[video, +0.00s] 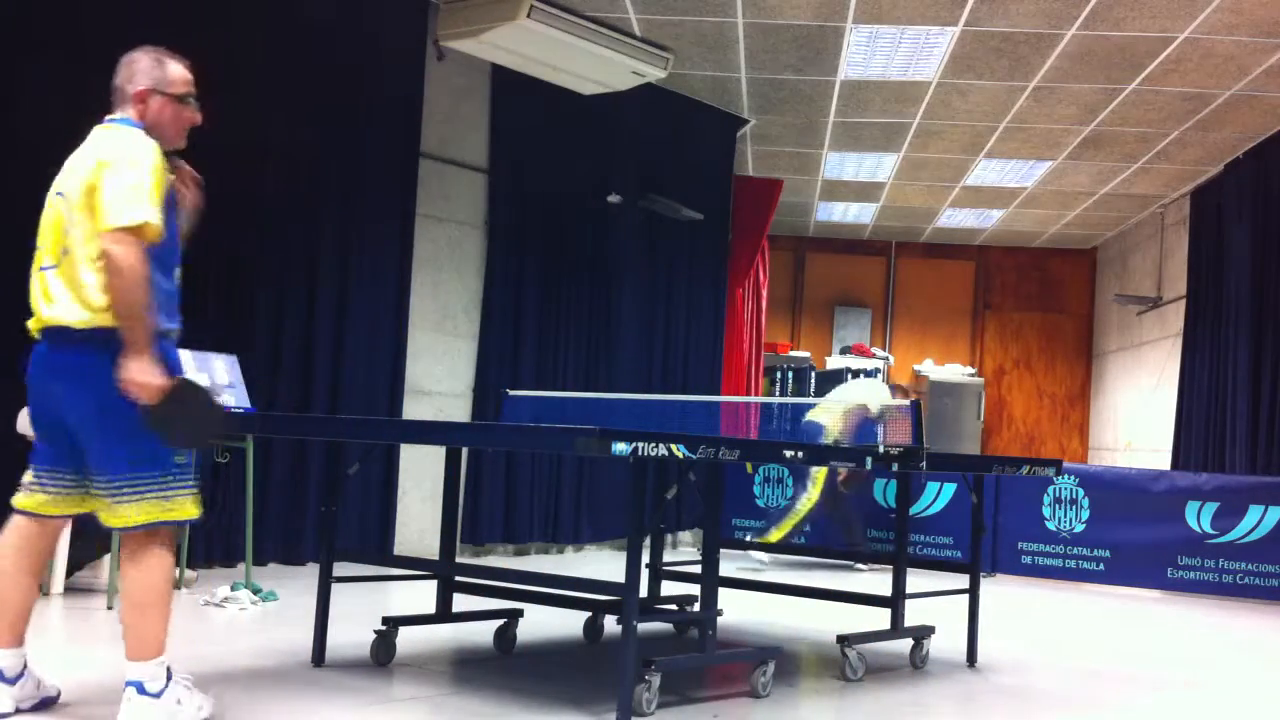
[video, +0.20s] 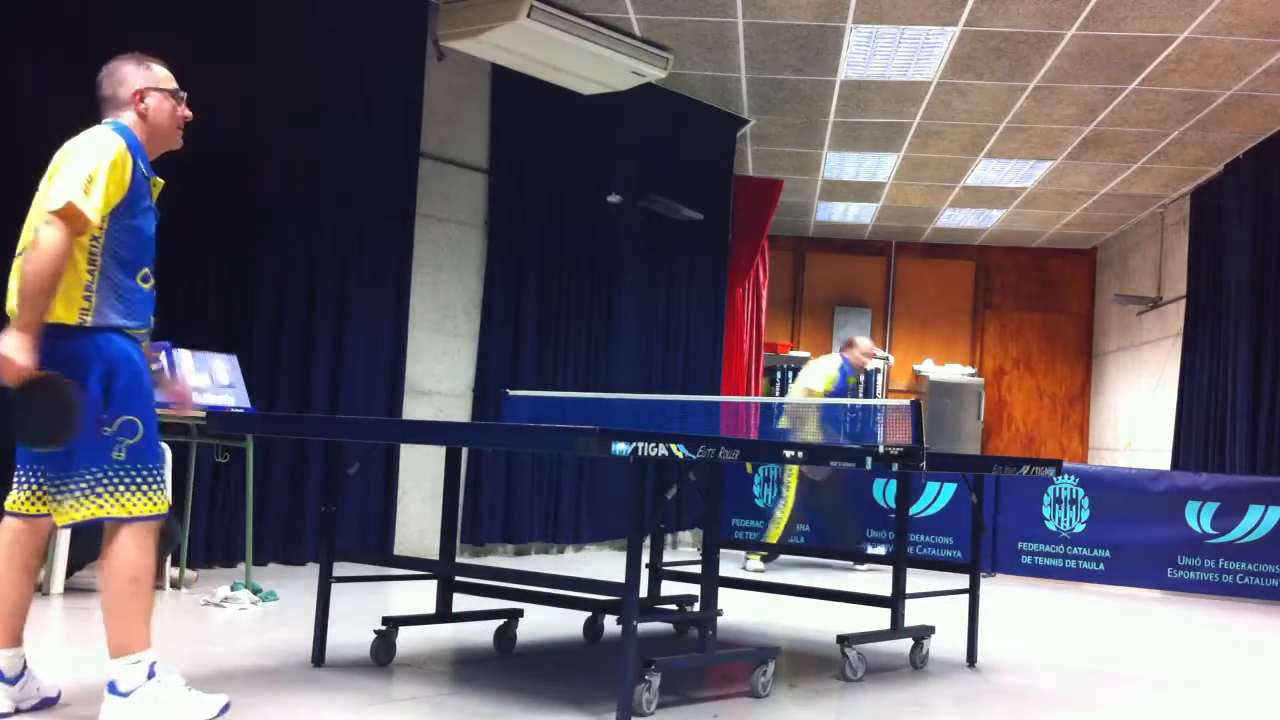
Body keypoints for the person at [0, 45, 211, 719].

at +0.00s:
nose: (196, 113)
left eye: (195, 100)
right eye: (186, 99)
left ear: (136, 103)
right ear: (145, 100)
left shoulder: (93, 150)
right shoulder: (133, 152)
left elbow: (134, 262)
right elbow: (121, 253)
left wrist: (176, 216)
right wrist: (140, 352)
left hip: (56, 360)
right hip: (109, 362)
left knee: (38, 510)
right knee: (150, 524)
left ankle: (6, 670)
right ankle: (149, 684)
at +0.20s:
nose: (188, 110)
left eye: (184, 99)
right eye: (178, 97)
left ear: (141, 103)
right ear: (143, 101)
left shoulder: (122, 162)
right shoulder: (109, 148)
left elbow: (104, 282)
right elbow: (55, 235)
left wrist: (147, 366)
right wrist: (23, 333)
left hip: (61, 348)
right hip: (97, 350)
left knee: (29, 507)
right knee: (140, 508)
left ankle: (8, 670)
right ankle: (134, 678)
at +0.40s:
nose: (192, 112)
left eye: (190, 99)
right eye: (186, 98)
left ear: (137, 100)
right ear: (160, 99)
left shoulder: (102, 150)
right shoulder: (119, 151)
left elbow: (66, 261)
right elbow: (45, 244)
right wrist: (6, 333)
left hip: (52, 353)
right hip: (100, 357)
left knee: (23, 518)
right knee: (111, 525)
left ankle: (7, 673)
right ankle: (89, 690)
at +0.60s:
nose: (203, 102)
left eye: (201, 89)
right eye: (198, 88)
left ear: (145, 90)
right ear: (173, 90)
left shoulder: (106, 147)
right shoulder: (138, 152)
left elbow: (91, 273)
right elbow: (101, 257)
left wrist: (181, 298)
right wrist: (114, 363)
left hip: (65, 354)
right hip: (109, 357)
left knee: (46, 528)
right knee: (100, 533)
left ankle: (10, 674)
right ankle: (88, 693)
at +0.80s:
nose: (218, 101)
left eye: (216, 89)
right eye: (215, 88)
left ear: (151, 84)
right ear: (193, 85)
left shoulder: (113, 138)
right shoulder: (164, 148)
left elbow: (145, 219)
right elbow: (160, 259)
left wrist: (218, 177)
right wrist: (220, 348)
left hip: (81, 350)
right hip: (123, 355)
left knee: (100, 520)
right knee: (113, 530)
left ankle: (59, 666)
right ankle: (88, 692)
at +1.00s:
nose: (231, 99)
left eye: (230, 87)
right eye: (228, 87)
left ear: (163, 88)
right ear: (210, 88)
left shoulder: (130, 139)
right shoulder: (187, 153)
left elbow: (185, 181)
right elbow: (183, 258)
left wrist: (236, 143)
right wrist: (250, 342)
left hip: (104, 353)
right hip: (145, 358)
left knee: (142, 522)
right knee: (123, 525)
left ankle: (124, 670)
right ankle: (88, 685)